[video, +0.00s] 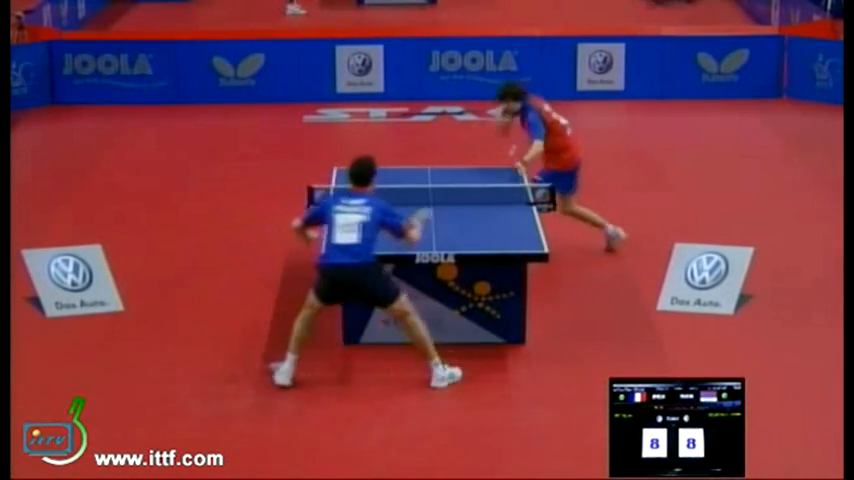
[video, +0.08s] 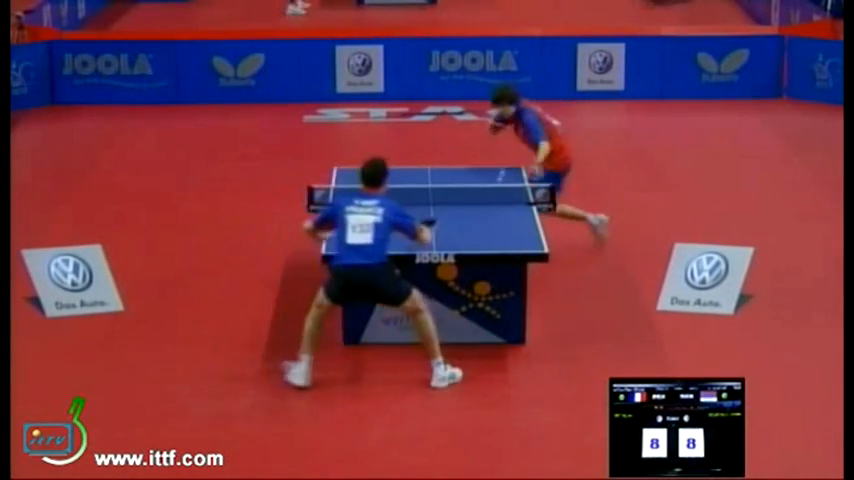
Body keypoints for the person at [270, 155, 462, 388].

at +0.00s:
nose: (371, 181)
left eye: (361, 176)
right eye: (372, 178)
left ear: (350, 178)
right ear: (372, 180)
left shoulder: (333, 201)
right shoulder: (376, 205)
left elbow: (298, 225)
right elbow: (411, 236)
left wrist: (309, 241)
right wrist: (415, 225)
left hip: (331, 270)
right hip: (364, 270)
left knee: (308, 312)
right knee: (405, 314)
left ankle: (288, 367)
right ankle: (438, 368)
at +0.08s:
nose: (381, 182)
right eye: (383, 179)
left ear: (361, 180)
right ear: (384, 182)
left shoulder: (343, 203)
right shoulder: (388, 207)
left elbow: (310, 227)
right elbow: (422, 237)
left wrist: (324, 237)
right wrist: (424, 230)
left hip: (343, 272)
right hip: (377, 272)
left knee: (317, 310)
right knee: (417, 309)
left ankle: (303, 367)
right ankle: (439, 368)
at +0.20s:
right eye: (392, 183)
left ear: (370, 183)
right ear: (393, 186)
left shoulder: (351, 207)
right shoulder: (398, 212)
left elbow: (316, 226)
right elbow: (428, 240)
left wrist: (333, 227)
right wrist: (434, 238)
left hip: (356, 282)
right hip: (392, 279)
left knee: (324, 314)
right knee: (438, 300)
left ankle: (313, 375)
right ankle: (447, 364)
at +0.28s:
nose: (401, 191)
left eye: (392, 186)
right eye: (403, 187)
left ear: (380, 186)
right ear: (404, 190)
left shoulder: (362, 211)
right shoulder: (410, 216)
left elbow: (328, 217)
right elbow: (441, 239)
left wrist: (325, 212)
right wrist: (447, 236)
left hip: (368, 285)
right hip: (406, 283)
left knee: (330, 314)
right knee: (456, 298)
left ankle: (313, 374)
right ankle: (472, 359)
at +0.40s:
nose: (428, 188)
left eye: (421, 183)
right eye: (432, 184)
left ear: (412, 185)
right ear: (436, 188)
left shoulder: (396, 206)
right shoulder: (445, 215)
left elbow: (358, 197)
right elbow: (484, 230)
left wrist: (336, 181)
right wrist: (476, 223)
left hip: (399, 283)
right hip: (436, 283)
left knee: (356, 321)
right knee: (484, 311)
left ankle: (319, 374)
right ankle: (527, 355)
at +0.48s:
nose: (448, 191)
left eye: (442, 187)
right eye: (454, 187)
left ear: (437, 188)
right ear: (461, 189)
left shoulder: (425, 208)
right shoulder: (472, 214)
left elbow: (386, 197)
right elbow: (509, 224)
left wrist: (354, 177)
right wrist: (501, 223)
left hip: (426, 284)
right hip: (463, 284)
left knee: (382, 325)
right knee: (506, 310)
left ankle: (338, 372)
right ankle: (539, 357)